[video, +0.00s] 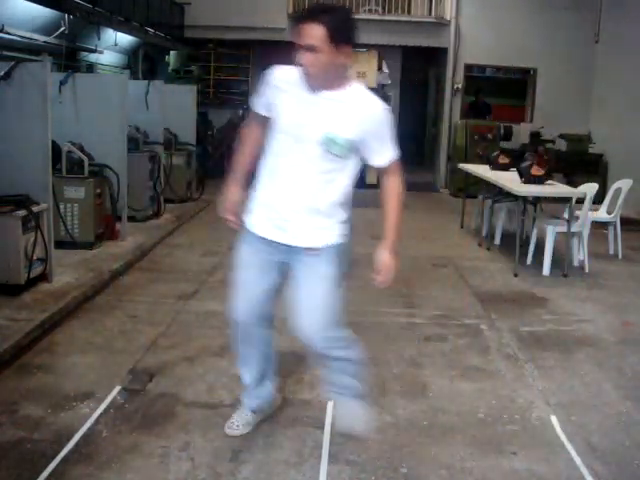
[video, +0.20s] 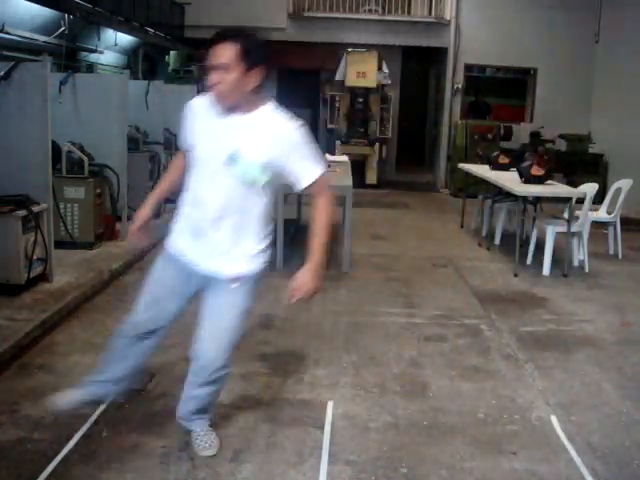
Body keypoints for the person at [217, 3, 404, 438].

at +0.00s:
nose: (302, 58)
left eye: (312, 50)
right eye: (299, 48)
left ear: (343, 54)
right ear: (295, 46)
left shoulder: (369, 112)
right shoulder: (279, 80)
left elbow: (392, 175)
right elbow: (255, 125)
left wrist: (388, 244)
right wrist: (235, 182)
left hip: (319, 241)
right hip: (261, 230)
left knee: (314, 326)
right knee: (245, 315)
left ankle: (349, 393)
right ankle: (257, 396)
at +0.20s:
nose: (211, 79)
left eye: (222, 70)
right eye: (209, 69)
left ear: (254, 75)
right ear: (206, 71)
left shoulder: (283, 131)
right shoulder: (199, 109)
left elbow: (323, 193)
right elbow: (185, 159)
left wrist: (314, 265)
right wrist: (150, 205)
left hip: (236, 267)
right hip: (182, 251)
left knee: (212, 356)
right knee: (141, 323)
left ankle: (195, 416)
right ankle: (100, 387)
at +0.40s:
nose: (151, 125)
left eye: (163, 116)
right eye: (146, 114)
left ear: (188, 116)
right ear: (139, 111)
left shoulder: (212, 169)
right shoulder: (123, 143)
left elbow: (221, 239)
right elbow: (109, 196)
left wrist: (216, 312)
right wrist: (90, 258)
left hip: (178, 275)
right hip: (119, 267)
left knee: (183, 355)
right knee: (76, 341)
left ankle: (196, 417)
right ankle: (50, 403)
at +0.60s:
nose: (186, 99)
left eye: (195, 88)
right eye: (177, 89)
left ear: (212, 82)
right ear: (163, 83)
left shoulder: (239, 129)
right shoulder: (142, 116)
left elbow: (254, 188)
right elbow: (121, 167)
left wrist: (239, 255)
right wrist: (96, 226)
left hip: (202, 266)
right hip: (140, 256)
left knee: (192, 355)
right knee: (103, 325)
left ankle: (172, 418)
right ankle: (55, 396)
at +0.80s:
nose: (242, 87)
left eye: (250, 77)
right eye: (232, 77)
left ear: (260, 65)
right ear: (206, 66)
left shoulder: (280, 109)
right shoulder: (176, 101)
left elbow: (295, 166)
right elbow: (151, 158)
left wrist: (297, 232)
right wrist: (145, 224)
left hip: (257, 245)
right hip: (195, 238)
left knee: (257, 336)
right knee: (175, 331)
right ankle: (171, 417)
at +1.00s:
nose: (317, 103)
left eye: (325, 92)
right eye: (306, 94)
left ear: (334, 84)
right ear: (279, 89)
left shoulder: (350, 128)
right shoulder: (247, 133)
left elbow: (354, 194)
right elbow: (223, 202)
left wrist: (357, 259)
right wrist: (205, 272)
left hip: (331, 271)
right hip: (261, 273)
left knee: (370, 354)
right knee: (226, 354)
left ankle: (384, 437)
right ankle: (174, 425)